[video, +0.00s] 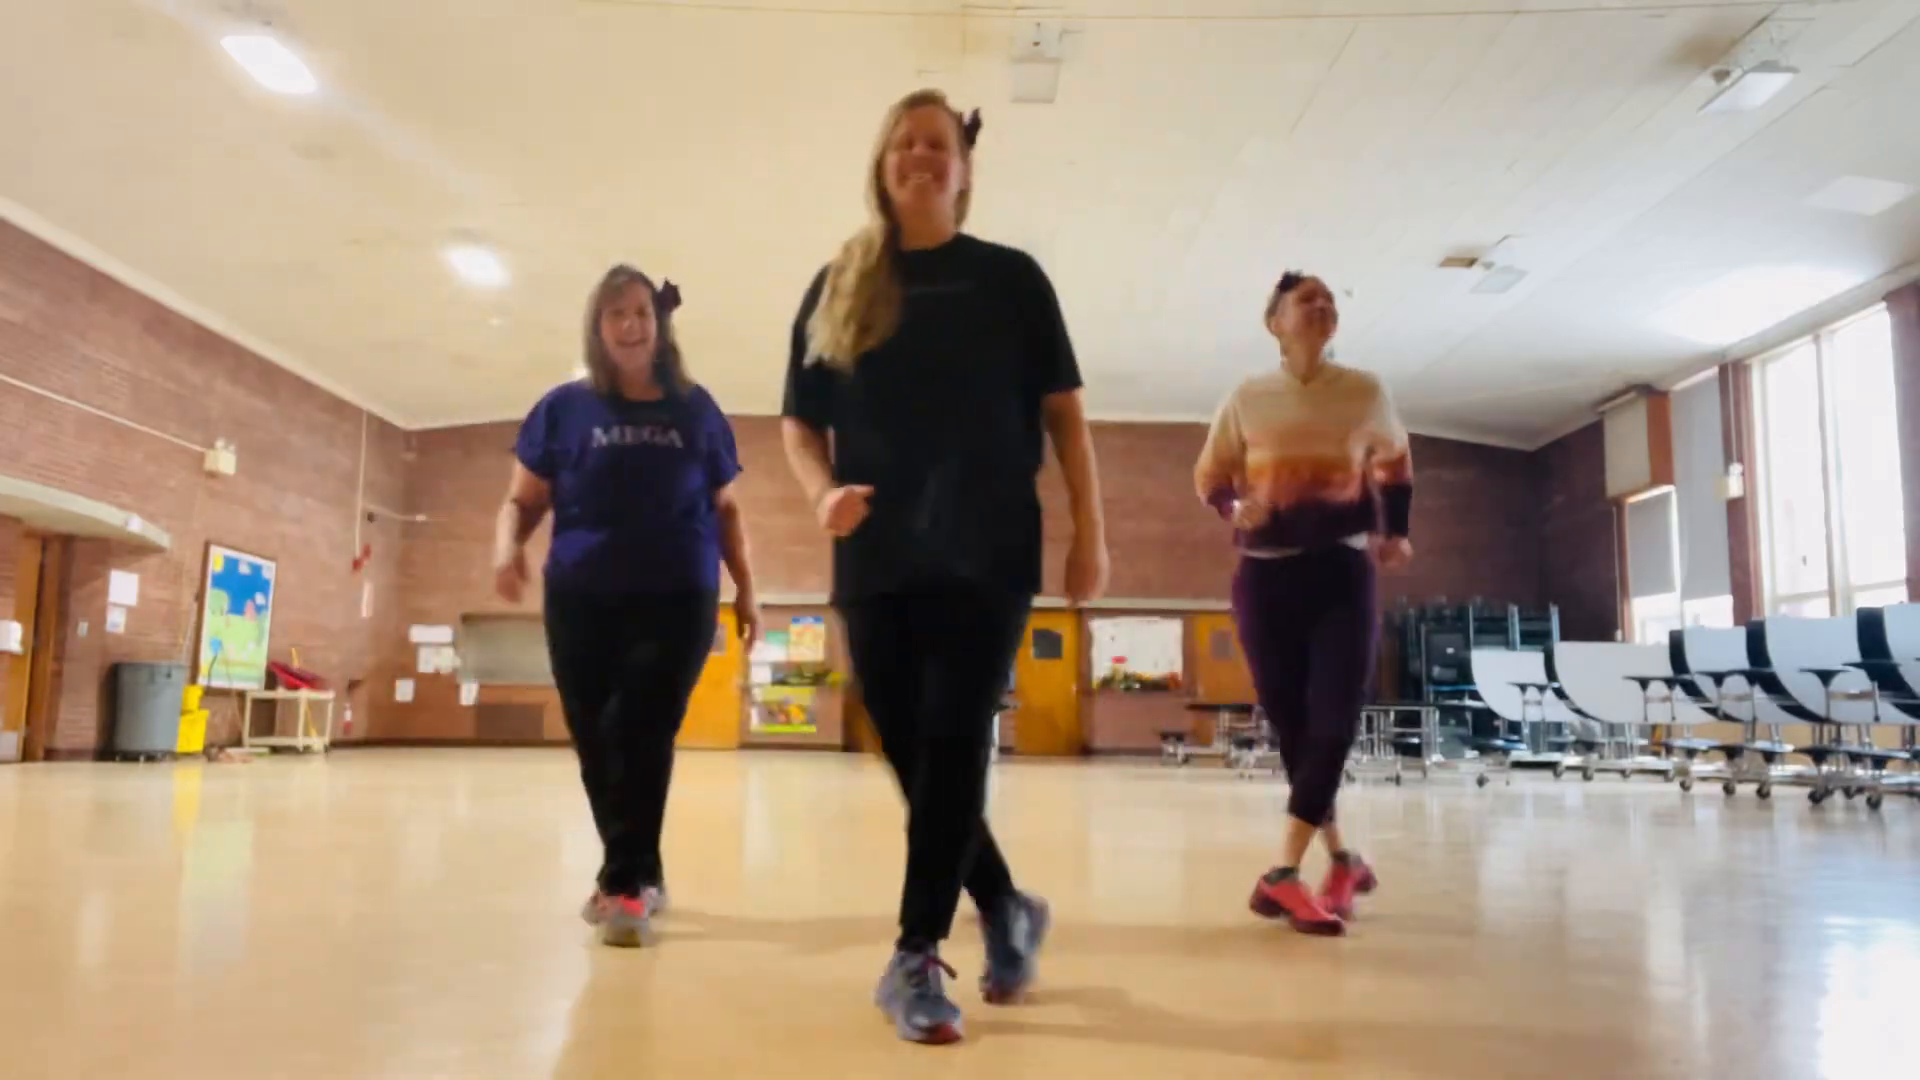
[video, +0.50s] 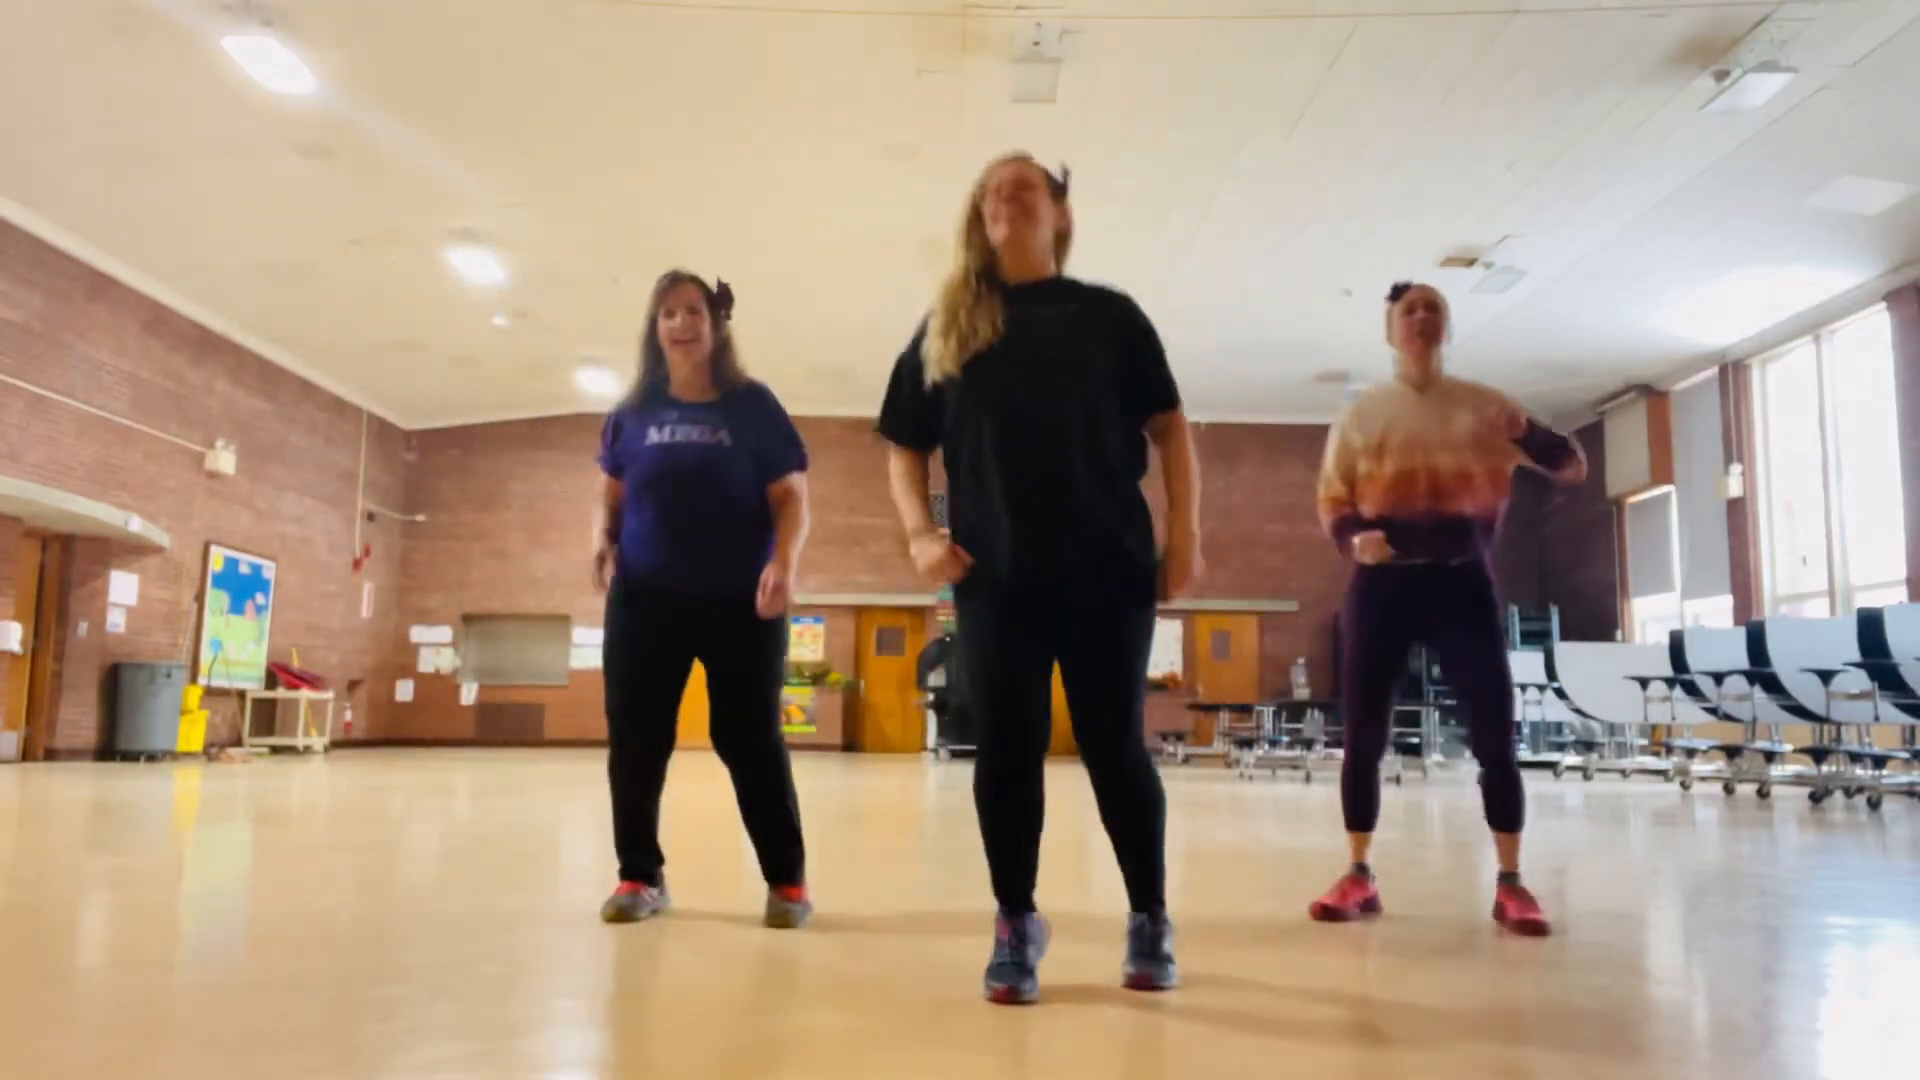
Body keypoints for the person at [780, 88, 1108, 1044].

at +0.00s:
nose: (920, 154)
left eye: (937, 143)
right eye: (905, 142)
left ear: (967, 166)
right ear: (880, 164)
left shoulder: (1015, 278)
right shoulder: (840, 285)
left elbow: (1065, 411)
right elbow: (802, 419)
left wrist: (1087, 528)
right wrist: (822, 488)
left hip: (986, 548)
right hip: (875, 551)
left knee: (953, 748)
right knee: (910, 752)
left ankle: (917, 959)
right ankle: (1007, 908)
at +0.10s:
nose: (945, 173)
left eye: (960, 161)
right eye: (930, 162)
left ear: (988, 179)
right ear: (905, 181)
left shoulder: (1037, 290)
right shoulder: (869, 301)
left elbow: (1081, 421)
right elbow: (823, 428)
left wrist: (1112, 534)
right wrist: (845, 502)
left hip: (1026, 548)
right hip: (916, 556)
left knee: (1024, 734)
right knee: (967, 744)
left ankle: (990, 929)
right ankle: (1032, 926)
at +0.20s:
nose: (962, 173)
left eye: (976, 160)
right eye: (947, 163)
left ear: (1006, 181)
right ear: (924, 188)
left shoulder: (1058, 290)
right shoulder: (892, 305)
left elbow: (1102, 416)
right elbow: (851, 431)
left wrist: (1128, 526)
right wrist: (862, 512)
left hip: (1051, 545)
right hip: (940, 559)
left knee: (1099, 699)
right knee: (990, 744)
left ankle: (1090, 870)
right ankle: (1036, 929)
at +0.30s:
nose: (977, 161)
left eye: (992, 149)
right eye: (962, 152)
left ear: (1022, 172)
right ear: (940, 178)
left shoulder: (1076, 273)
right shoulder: (910, 292)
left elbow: (1121, 397)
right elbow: (873, 419)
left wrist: (1136, 511)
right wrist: (886, 498)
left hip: (1073, 530)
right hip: (962, 543)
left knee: (1130, 694)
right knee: (999, 738)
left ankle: (1134, 853)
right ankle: (1035, 929)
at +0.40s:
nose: (991, 163)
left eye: (1006, 152)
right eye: (977, 155)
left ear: (1037, 175)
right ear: (956, 182)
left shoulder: (1091, 273)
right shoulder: (930, 291)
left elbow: (1139, 393)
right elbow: (891, 411)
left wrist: (1151, 499)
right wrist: (908, 493)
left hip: (1090, 531)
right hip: (979, 544)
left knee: (1123, 721)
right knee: (1004, 737)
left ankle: (1149, 878)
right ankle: (1033, 924)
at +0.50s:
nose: (1009, 199)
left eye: (1026, 189)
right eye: (995, 192)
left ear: (1062, 214)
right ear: (976, 223)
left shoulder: (1111, 316)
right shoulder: (948, 328)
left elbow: (1169, 426)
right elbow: (905, 441)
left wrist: (1182, 534)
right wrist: (921, 534)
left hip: (1104, 570)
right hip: (996, 577)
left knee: (1114, 747)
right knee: (1005, 753)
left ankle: (1148, 918)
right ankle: (1015, 922)